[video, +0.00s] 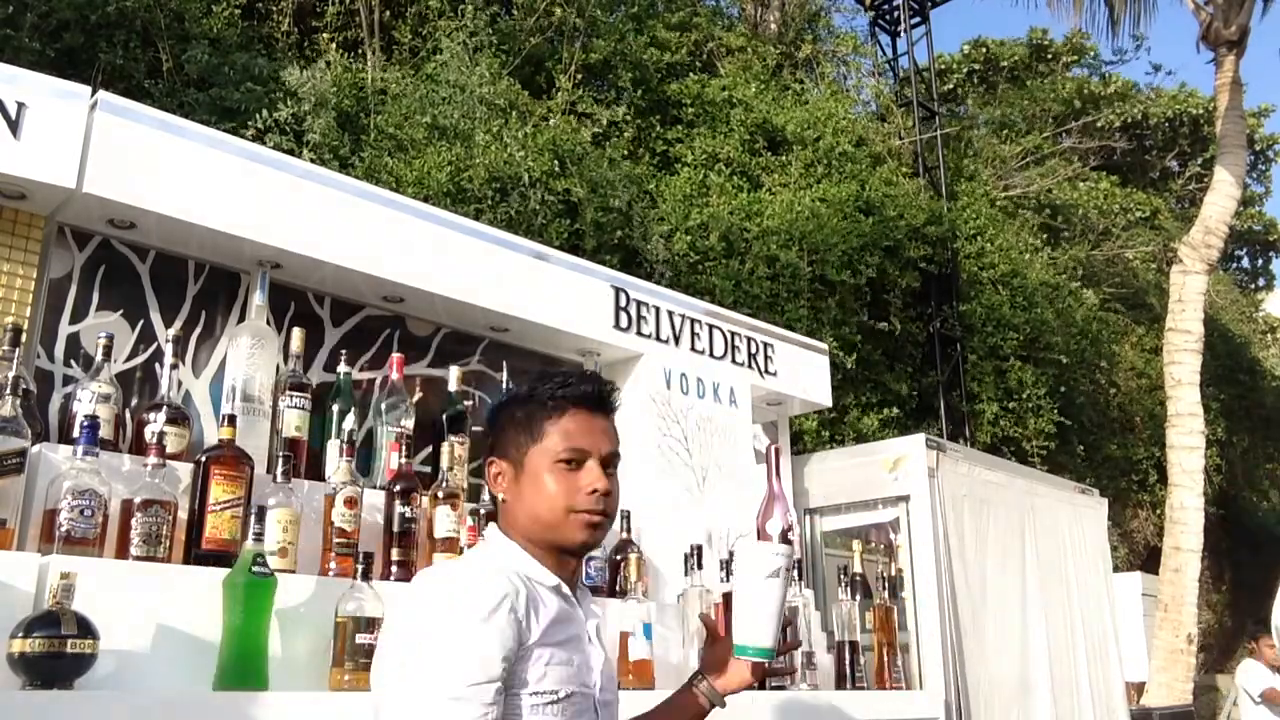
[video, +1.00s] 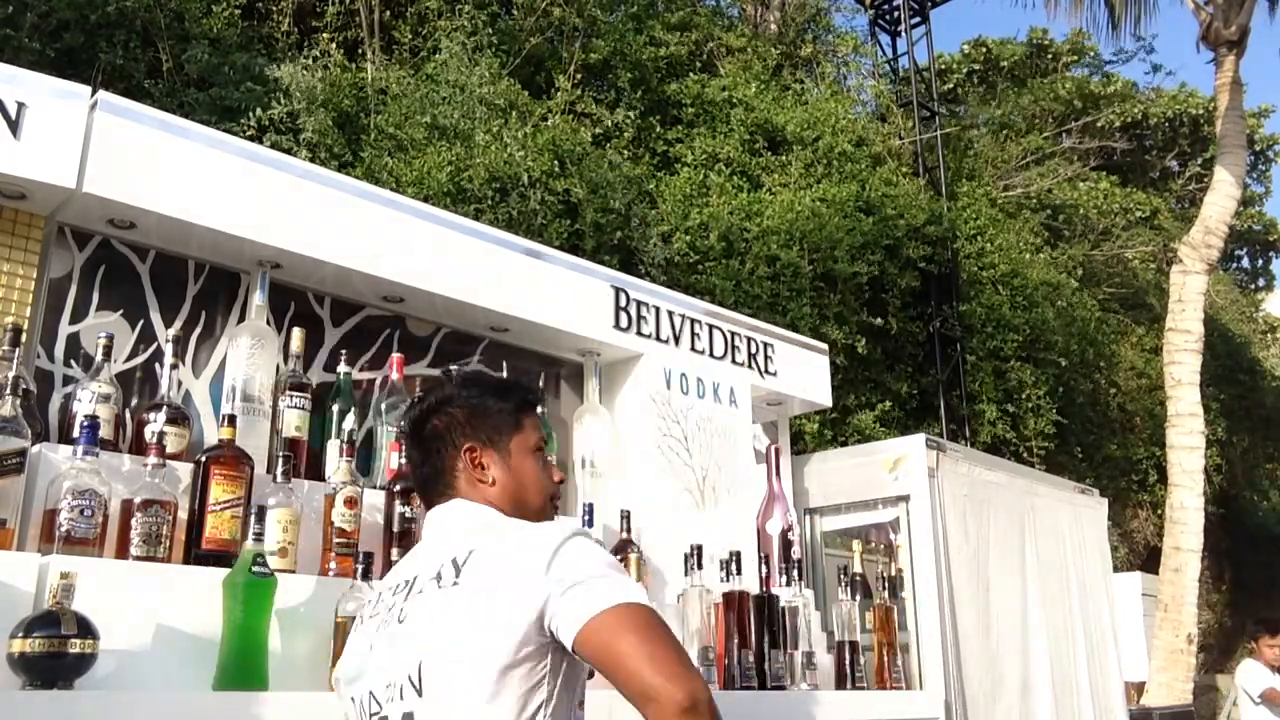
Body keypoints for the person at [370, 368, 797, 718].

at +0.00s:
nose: (600, 484)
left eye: (609, 466)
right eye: (571, 463)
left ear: (618, 476)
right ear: (501, 479)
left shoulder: (578, 607)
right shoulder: (474, 600)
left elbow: (602, 713)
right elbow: (448, 706)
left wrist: (708, 684)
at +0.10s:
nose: (543, 473)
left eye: (559, 453)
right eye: (514, 452)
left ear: (576, 468)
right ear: (457, 468)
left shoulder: (566, 610)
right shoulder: (410, 582)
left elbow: (584, 713)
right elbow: (375, 708)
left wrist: (708, 704)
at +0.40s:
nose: (508, 449)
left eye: (519, 432)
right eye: (481, 431)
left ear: (534, 447)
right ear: (420, 462)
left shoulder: (528, 585)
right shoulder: (384, 553)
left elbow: (555, 707)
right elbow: (418, 705)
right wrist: (498, 528)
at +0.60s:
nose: (545, 468)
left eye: (539, 449)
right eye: (527, 446)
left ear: (453, 451)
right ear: (455, 448)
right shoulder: (452, 543)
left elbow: (534, 706)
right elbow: (610, 652)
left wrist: (654, 700)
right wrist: (724, 493)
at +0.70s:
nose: (545, 474)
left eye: (540, 453)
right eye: (529, 449)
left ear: (462, 452)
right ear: (465, 448)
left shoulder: (433, 543)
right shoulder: (474, 539)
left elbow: (586, 694)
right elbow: (632, 669)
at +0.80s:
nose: (548, 473)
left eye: (543, 453)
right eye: (534, 451)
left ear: (467, 453)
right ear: (473, 451)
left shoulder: (423, 548)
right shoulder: (498, 547)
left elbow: (474, 680)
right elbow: (624, 699)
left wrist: (596, 636)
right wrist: (754, 635)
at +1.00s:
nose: (558, 475)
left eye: (547, 453)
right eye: (539, 451)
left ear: (475, 466)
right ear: (479, 464)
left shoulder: (380, 598)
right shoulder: (547, 551)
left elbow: (350, 693)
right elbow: (682, 699)